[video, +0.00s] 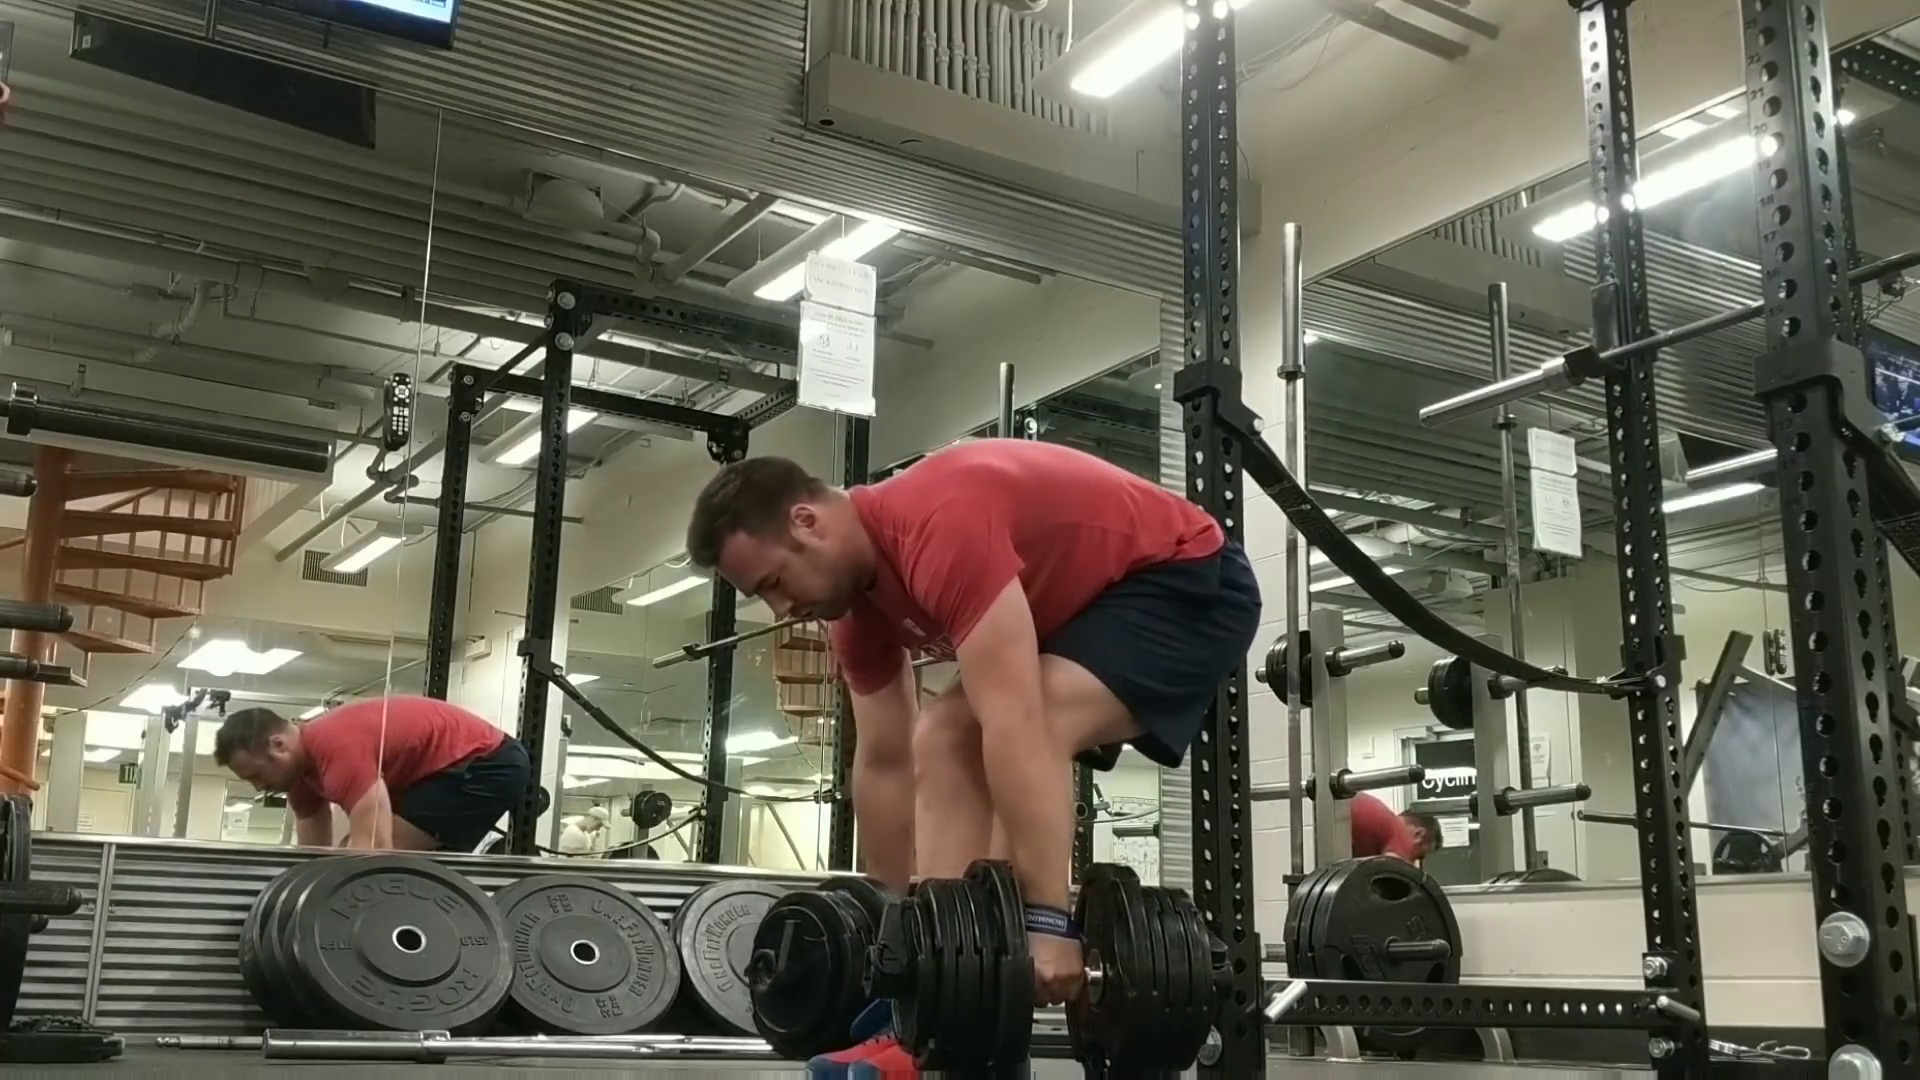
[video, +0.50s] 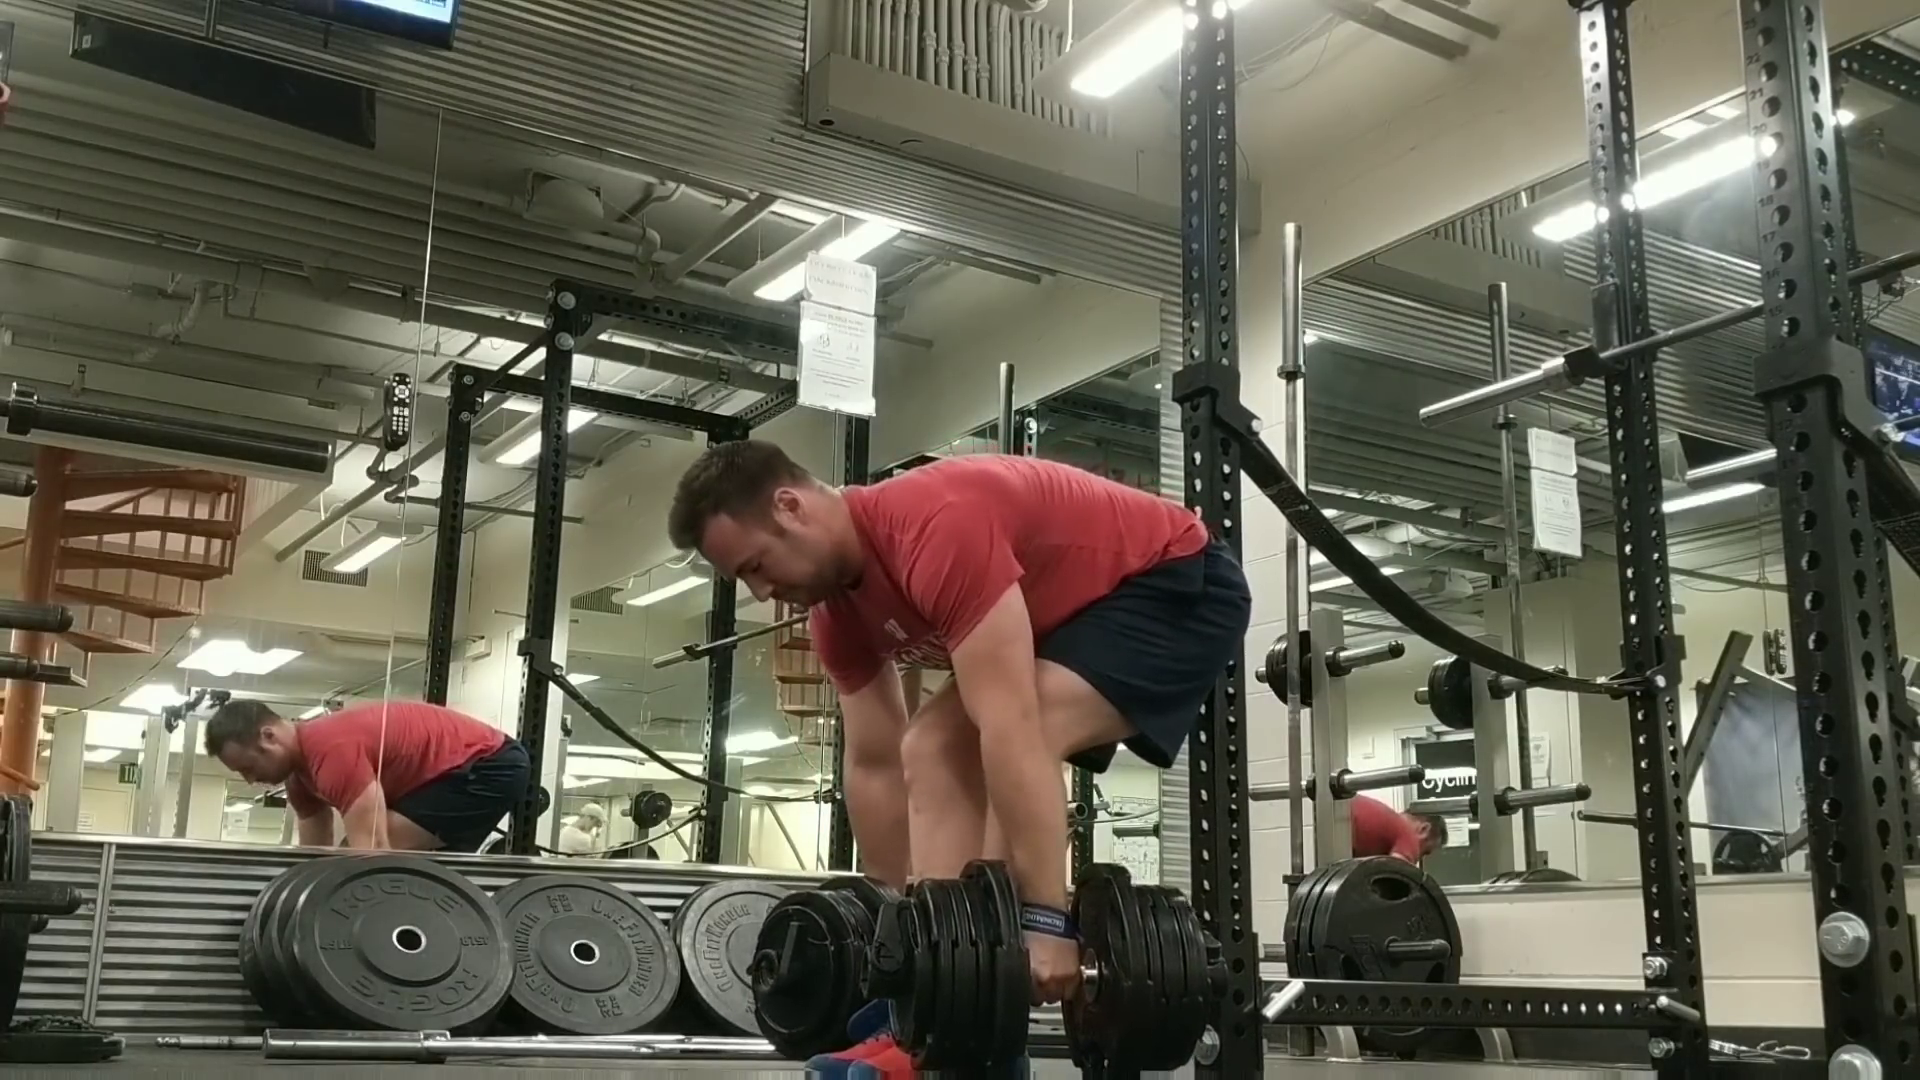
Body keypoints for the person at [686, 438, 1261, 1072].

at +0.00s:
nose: (778, 610)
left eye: (772, 584)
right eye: (761, 597)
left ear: (807, 523)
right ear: (806, 523)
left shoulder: (947, 525)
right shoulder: (859, 608)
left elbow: (1018, 722)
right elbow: (883, 764)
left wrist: (1049, 920)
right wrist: (886, 944)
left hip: (1186, 584)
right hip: (1082, 613)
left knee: (1021, 728)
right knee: (944, 730)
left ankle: (976, 1025)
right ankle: (918, 1007)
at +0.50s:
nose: (760, 593)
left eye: (755, 566)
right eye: (743, 581)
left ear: (793, 505)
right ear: (794, 509)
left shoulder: (940, 527)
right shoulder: (839, 611)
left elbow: (1013, 727)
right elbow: (876, 765)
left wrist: (1050, 921)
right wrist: (890, 943)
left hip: (1176, 585)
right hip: (1075, 612)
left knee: (1003, 739)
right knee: (932, 743)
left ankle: (975, 1021)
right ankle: (921, 1005)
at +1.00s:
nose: (763, 546)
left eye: (761, 520)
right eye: (748, 535)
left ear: (801, 458)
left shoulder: (955, 494)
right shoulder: (845, 580)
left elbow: (1008, 695)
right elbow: (874, 733)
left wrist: (1031, 883)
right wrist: (876, 899)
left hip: (1170, 581)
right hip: (1071, 608)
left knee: (971, 739)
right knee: (934, 739)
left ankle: (989, 1030)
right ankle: (930, 1020)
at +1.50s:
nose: (760, 575)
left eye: (755, 548)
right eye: (743, 563)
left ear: (791, 485)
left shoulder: (943, 512)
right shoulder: (837, 601)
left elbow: (992, 711)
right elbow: (859, 752)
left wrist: (1001, 912)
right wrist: (851, 922)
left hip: (1169, 582)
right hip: (1060, 615)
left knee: (1015, 729)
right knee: (928, 738)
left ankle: (995, 1024)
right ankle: (930, 1018)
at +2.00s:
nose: (757, 557)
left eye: (755, 530)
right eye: (742, 545)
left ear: (797, 470)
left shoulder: (944, 505)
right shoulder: (837, 591)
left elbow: (992, 703)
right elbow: (858, 746)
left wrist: (1001, 905)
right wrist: (850, 912)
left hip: (1169, 581)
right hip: (1062, 615)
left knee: (1021, 725)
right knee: (929, 738)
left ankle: (994, 1024)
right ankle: (927, 1021)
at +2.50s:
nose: (783, 493)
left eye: (777, 469)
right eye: (765, 483)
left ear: (810, 404)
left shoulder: (958, 432)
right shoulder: (849, 523)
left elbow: (1069, 581)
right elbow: (891, 655)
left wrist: (1064, 761)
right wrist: (887, 803)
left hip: (1164, 570)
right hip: (1040, 600)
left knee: (1027, 727)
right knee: (947, 732)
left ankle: (990, 1017)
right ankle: (943, 998)